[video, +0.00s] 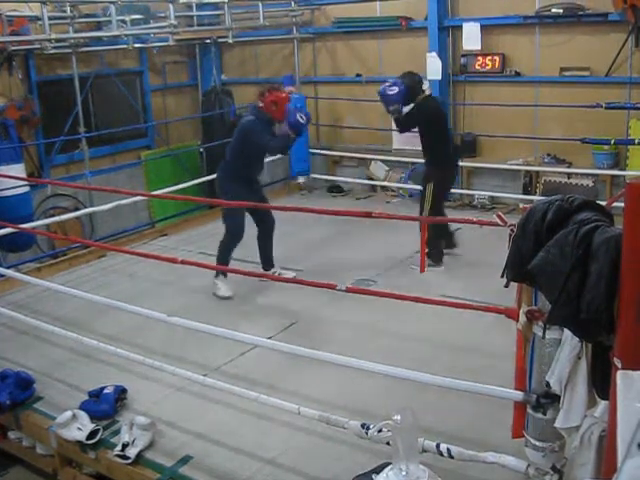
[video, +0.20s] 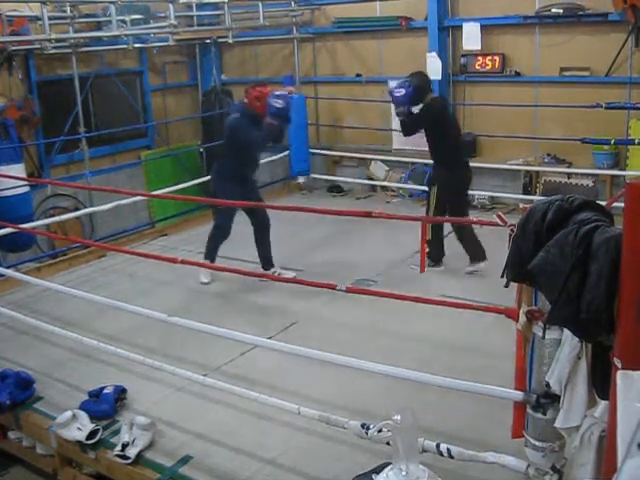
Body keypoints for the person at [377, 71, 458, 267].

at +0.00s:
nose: (402, 94)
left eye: (403, 90)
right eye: (401, 91)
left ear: (410, 90)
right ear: (419, 86)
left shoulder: (424, 106)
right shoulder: (429, 103)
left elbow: (403, 126)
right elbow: (406, 124)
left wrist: (395, 111)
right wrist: (396, 110)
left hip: (438, 166)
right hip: (444, 163)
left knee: (428, 211)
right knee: (434, 206)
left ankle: (434, 257)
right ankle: (448, 239)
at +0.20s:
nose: (409, 93)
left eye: (410, 89)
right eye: (409, 89)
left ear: (417, 90)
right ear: (428, 87)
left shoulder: (431, 108)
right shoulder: (439, 104)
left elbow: (408, 129)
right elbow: (413, 126)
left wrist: (401, 110)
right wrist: (405, 109)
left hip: (446, 169)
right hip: (460, 167)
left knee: (434, 214)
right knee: (458, 216)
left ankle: (434, 257)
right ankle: (477, 257)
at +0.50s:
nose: (415, 101)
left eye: (416, 97)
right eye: (415, 97)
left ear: (421, 99)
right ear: (435, 95)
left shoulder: (431, 117)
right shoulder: (452, 111)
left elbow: (407, 137)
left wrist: (401, 115)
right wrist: (413, 111)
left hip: (448, 181)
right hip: (466, 178)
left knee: (422, 219)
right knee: (462, 227)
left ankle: (421, 265)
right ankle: (479, 269)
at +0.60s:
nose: (410, 101)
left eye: (411, 97)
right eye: (410, 97)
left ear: (415, 99)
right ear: (430, 95)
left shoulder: (424, 118)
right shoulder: (449, 110)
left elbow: (400, 138)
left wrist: (395, 115)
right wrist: (410, 107)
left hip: (443, 181)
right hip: (463, 179)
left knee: (420, 226)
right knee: (463, 226)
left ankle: (410, 274)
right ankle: (479, 270)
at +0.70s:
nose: (401, 101)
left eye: (402, 98)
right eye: (401, 98)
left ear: (407, 99)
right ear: (424, 96)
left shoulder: (415, 118)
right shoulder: (442, 112)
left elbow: (389, 139)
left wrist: (386, 115)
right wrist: (403, 107)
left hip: (433, 181)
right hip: (454, 179)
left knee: (419, 229)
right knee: (461, 225)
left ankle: (409, 278)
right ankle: (479, 268)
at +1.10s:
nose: (380, 114)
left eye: (382, 110)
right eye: (380, 110)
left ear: (387, 112)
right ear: (404, 110)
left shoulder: (384, 131)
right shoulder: (421, 127)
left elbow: (354, 141)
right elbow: (394, 122)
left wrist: (339, 127)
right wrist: (373, 111)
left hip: (397, 203)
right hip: (422, 201)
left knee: (367, 238)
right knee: (432, 247)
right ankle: (451, 290)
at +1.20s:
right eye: (397, 106)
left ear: (377, 105)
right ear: (397, 107)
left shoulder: (365, 122)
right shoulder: (404, 124)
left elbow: (333, 123)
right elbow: (410, 142)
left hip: (373, 198)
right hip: (399, 198)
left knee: (356, 240)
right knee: (423, 241)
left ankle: (329, 279)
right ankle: (448, 289)